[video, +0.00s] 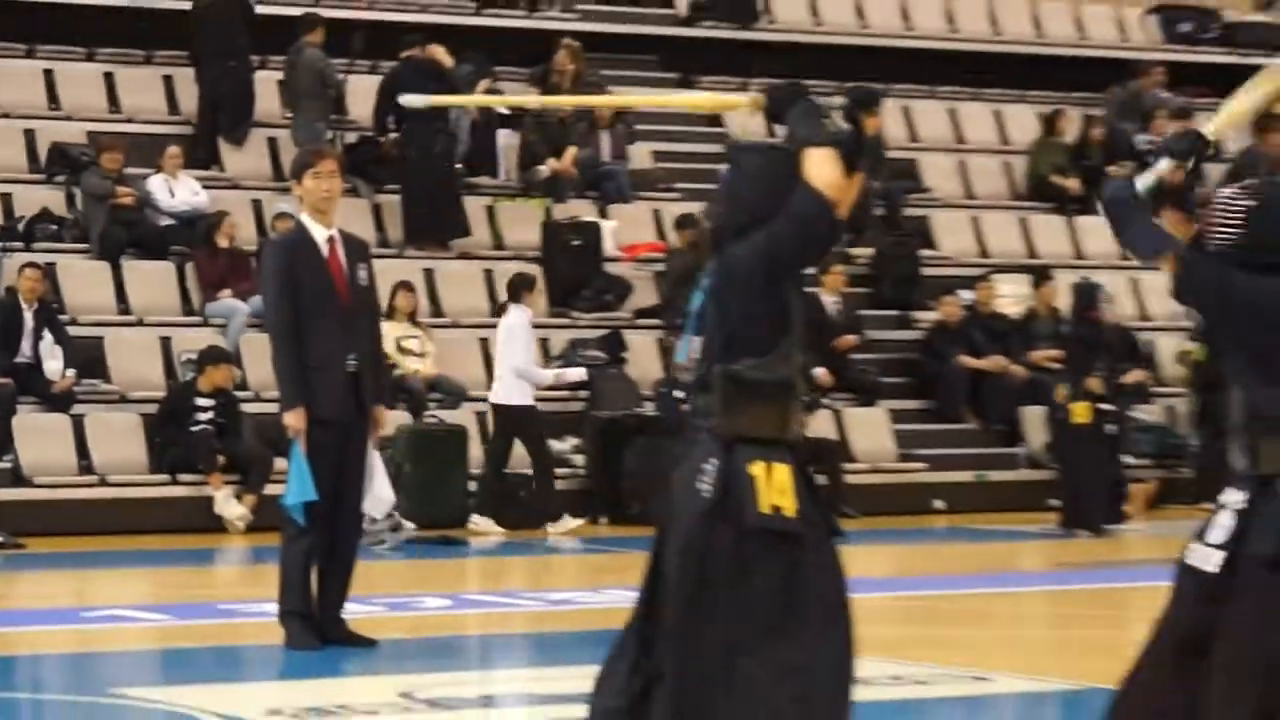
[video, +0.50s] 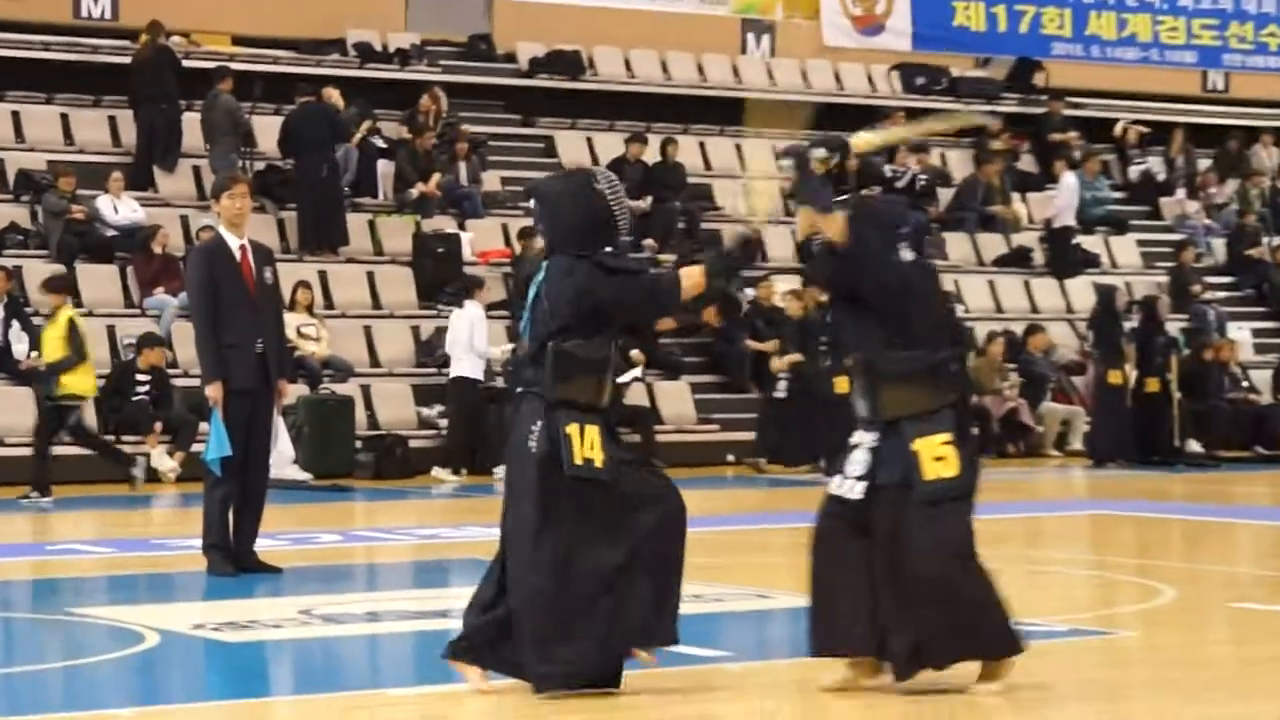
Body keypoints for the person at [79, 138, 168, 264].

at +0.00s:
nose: (114, 158)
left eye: (119, 154)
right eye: (109, 154)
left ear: (124, 158)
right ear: (99, 157)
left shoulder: (129, 179)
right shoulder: (91, 176)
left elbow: (144, 197)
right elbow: (96, 189)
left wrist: (112, 199)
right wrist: (130, 192)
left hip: (135, 222)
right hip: (106, 223)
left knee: (157, 236)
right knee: (113, 239)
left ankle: (157, 278)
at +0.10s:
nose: (100, 160)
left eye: (103, 155)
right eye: (95, 155)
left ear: (108, 159)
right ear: (86, 159)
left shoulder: (112, 179)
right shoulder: (77, 176)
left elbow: (129, 196)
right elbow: (84, 190)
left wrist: (101, 199)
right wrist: (115, 192)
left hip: (118, 218)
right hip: (91, 220)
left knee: (141, 236)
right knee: (101, 236)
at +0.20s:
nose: (92, 168)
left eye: (96, 164)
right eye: (88, 164)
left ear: (100, 167)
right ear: (79, 166)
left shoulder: (105, 184)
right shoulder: (71, 182)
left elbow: (121, 200)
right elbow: (78, 195)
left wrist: (93, 203)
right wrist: (108, 196)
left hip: (111, 222)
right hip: (84, 223)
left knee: (132, 238)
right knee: (94, 238)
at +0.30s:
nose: (84, 172)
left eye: (87, 168)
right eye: (80, 168)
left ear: (92, 171)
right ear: (72, 171)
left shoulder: (96, 188)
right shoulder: (64, 186)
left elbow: (112, 204)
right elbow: (71, 198)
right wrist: (99, 200)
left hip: (102, 224)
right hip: (77, 226)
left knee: (124, 240)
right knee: (85, 241)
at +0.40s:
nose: (77, 177)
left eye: (79, 174)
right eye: (72, 174)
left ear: (83, 176)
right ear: (64, 176)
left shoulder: (86, 194)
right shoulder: (56, 193)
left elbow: (102, 209)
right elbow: (65, 204)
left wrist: (75, 212)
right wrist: (90, 205)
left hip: (94, 227)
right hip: (69, 229)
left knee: (114, 243)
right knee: (78, 244)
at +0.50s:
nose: (69, 181)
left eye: (72, 177)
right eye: (65, 178)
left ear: (76, 180)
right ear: (57, 181)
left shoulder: (80, 198)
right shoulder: (49, 197)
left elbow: (94, 212)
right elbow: (57, 208)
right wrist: (82, 209)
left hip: (85, 231)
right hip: (63, 232)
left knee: (105, 244)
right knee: (70, 245)